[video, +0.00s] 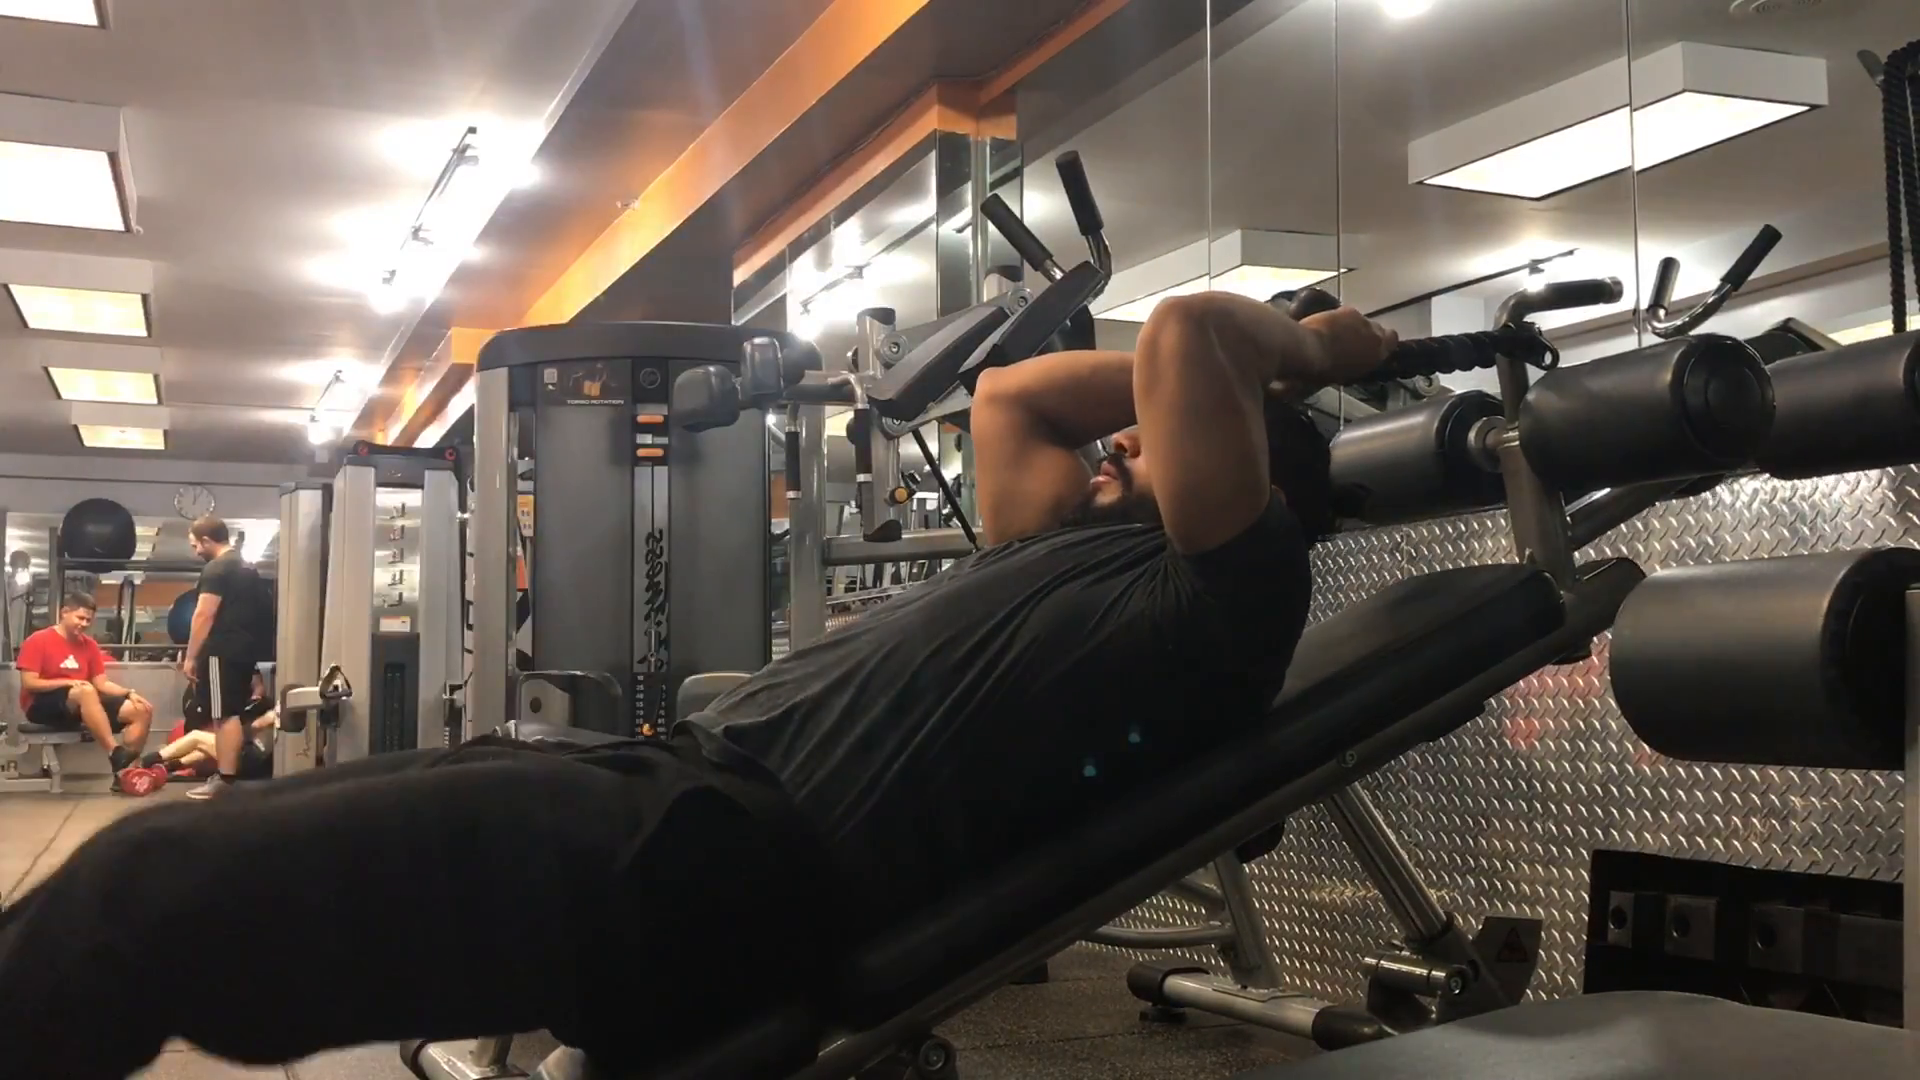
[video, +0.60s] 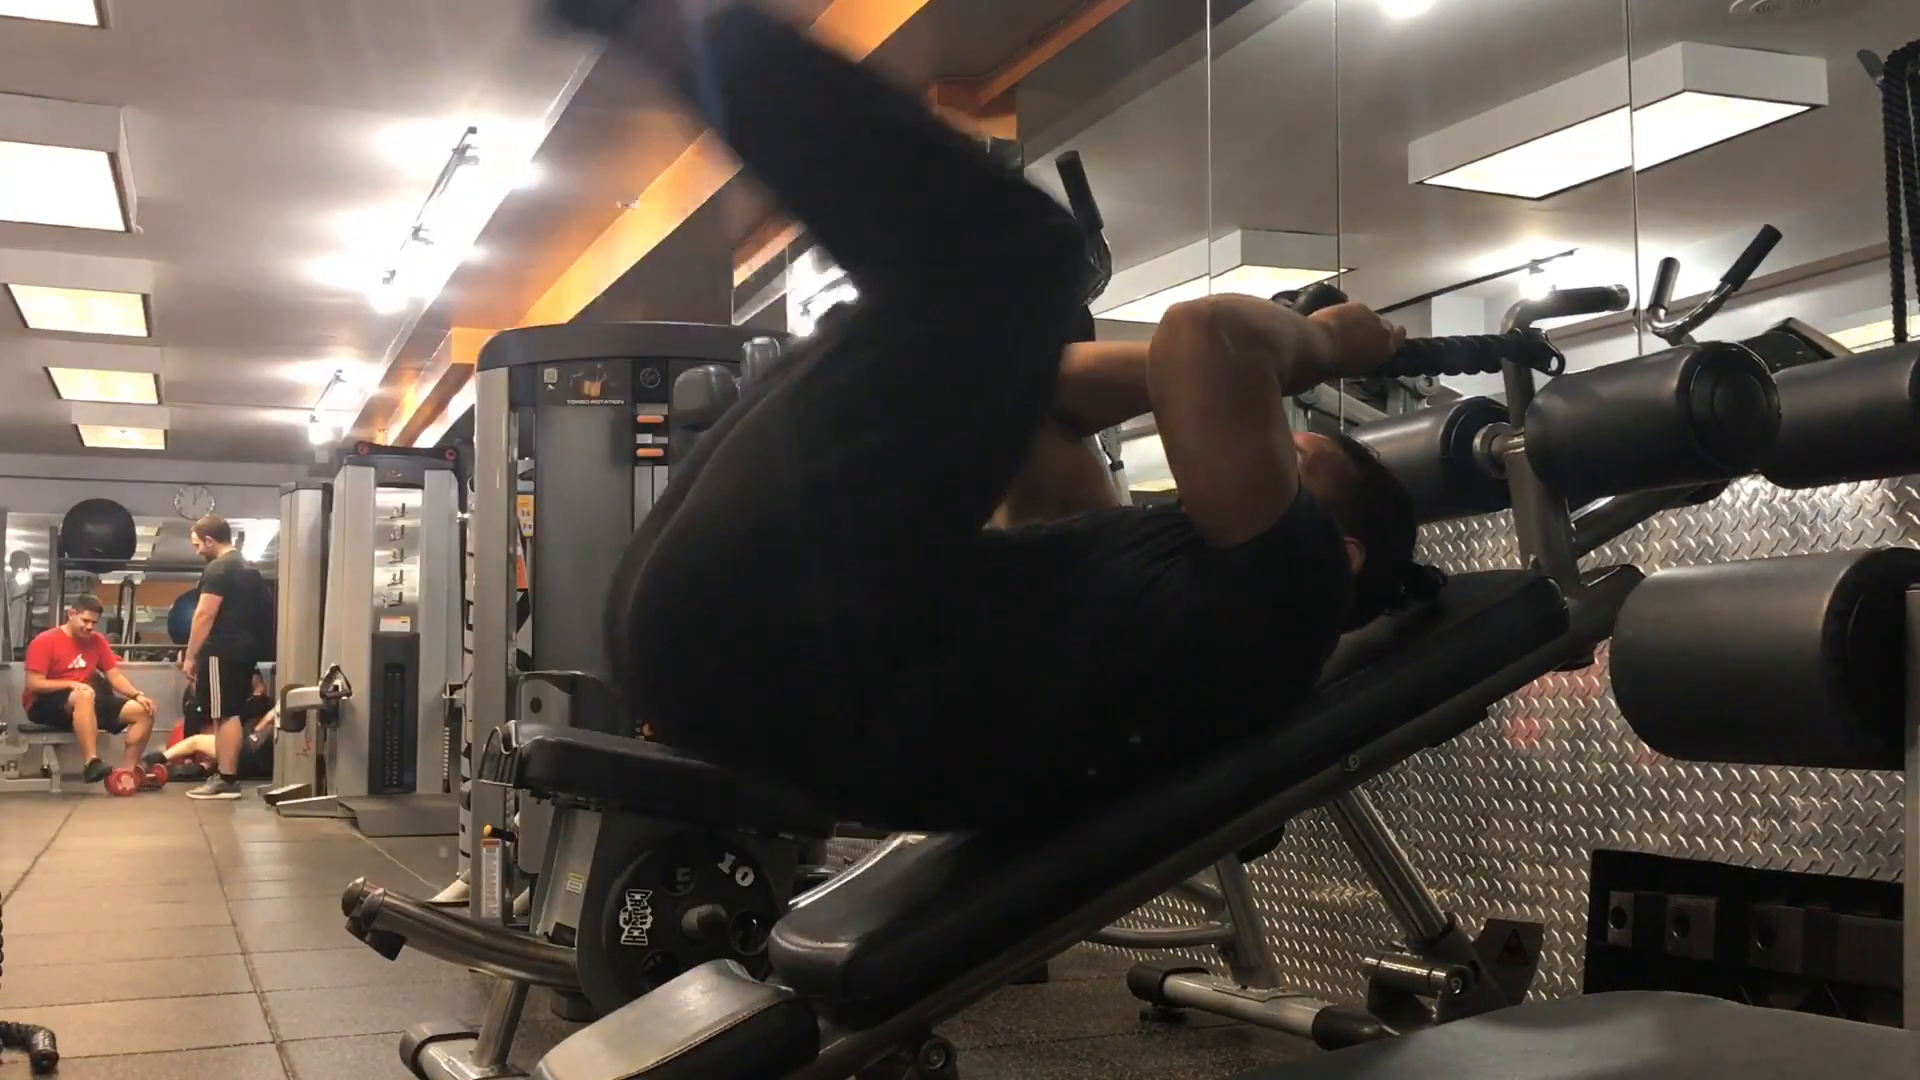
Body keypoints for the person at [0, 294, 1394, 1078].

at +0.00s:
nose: (1136, 434)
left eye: (1179, 429)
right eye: (1131, 430)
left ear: (1241, 481)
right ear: (1131, 477)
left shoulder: (1225, 611)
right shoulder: (1059, 566)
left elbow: (1189, 320)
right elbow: (1007, 395)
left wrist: (1315, 341)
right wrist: (1207, 389)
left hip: (728, 855)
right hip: (656, 775)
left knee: (139, 892)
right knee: (161, 861)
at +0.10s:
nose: (1139, 438)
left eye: (1182, 426)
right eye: (1134, 429)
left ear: (1240, 476)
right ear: (1139, 472)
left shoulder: (1228, 611)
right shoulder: (1068, 560)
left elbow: (1191, 324)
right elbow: (1007, 398)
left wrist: (1314, 347)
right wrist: (1200, 388)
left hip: (722, 885)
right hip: (676, 787)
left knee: (158, 778)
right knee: (177, 757)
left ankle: (17, 1000)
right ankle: (29, 984)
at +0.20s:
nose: (1154, 456)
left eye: (1209, 445)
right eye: (1173, 442)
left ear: (1257, 493)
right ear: (1176, 487)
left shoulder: (1229, 622)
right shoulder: (1071, 562)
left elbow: (1184, 330)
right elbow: (1007, 403)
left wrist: (1302, 356)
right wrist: (1197, 386)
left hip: (736, 891)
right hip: (708, 785)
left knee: (223, 595)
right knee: (261, 583)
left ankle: (23, 817)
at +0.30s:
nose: (1187, 469)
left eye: (1231, 457)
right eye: (1209, 452)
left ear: (1280, 513)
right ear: (1214, 506)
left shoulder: (1240, 625)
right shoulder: (1084, 575)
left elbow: (1187, 330)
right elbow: (1012, 403)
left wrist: (1306, 352)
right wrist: (1226, 403)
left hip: (762, 890)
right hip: (720, 815)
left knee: (451, 398)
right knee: (453, 395)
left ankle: (35, 579)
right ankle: (44, 572)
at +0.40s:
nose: (1225, 466)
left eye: (1273, 471)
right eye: (1258, 457)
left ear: (1306, 525)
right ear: (1230, 483)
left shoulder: (1241, 624)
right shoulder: (1076, 570)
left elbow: (1211, 326)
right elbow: (1018, 395)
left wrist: (1328, 352)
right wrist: (1234, 372)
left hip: (769, 829)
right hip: (690, 777)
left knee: (694, 305)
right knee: (667, 300)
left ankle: (212, 312)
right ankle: (216, 311)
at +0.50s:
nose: (1282, 450)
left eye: (1312, 460)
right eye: (1294, 446)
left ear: (1332, 539)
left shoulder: (1265, 607)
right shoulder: (1099, 576)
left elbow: (1200, 335)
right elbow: (1018, 394)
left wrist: (1332, 341)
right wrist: (1231, 359)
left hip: (751, 751)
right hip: (673, 728)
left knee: (896, 267)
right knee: (788, 335)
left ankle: (454, 121)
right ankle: (453, 129)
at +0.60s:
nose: (1288, 450)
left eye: (1315, 461)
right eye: (1301, 447)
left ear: (1342, 538)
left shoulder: (1288, 588)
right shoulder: (1129, 582)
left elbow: (1209, 328)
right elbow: (1045, 388)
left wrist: (1328, 336)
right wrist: (1218, 383)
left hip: (758, 652)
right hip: (694, 650)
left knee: (1025, 254)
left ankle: (680, 31)